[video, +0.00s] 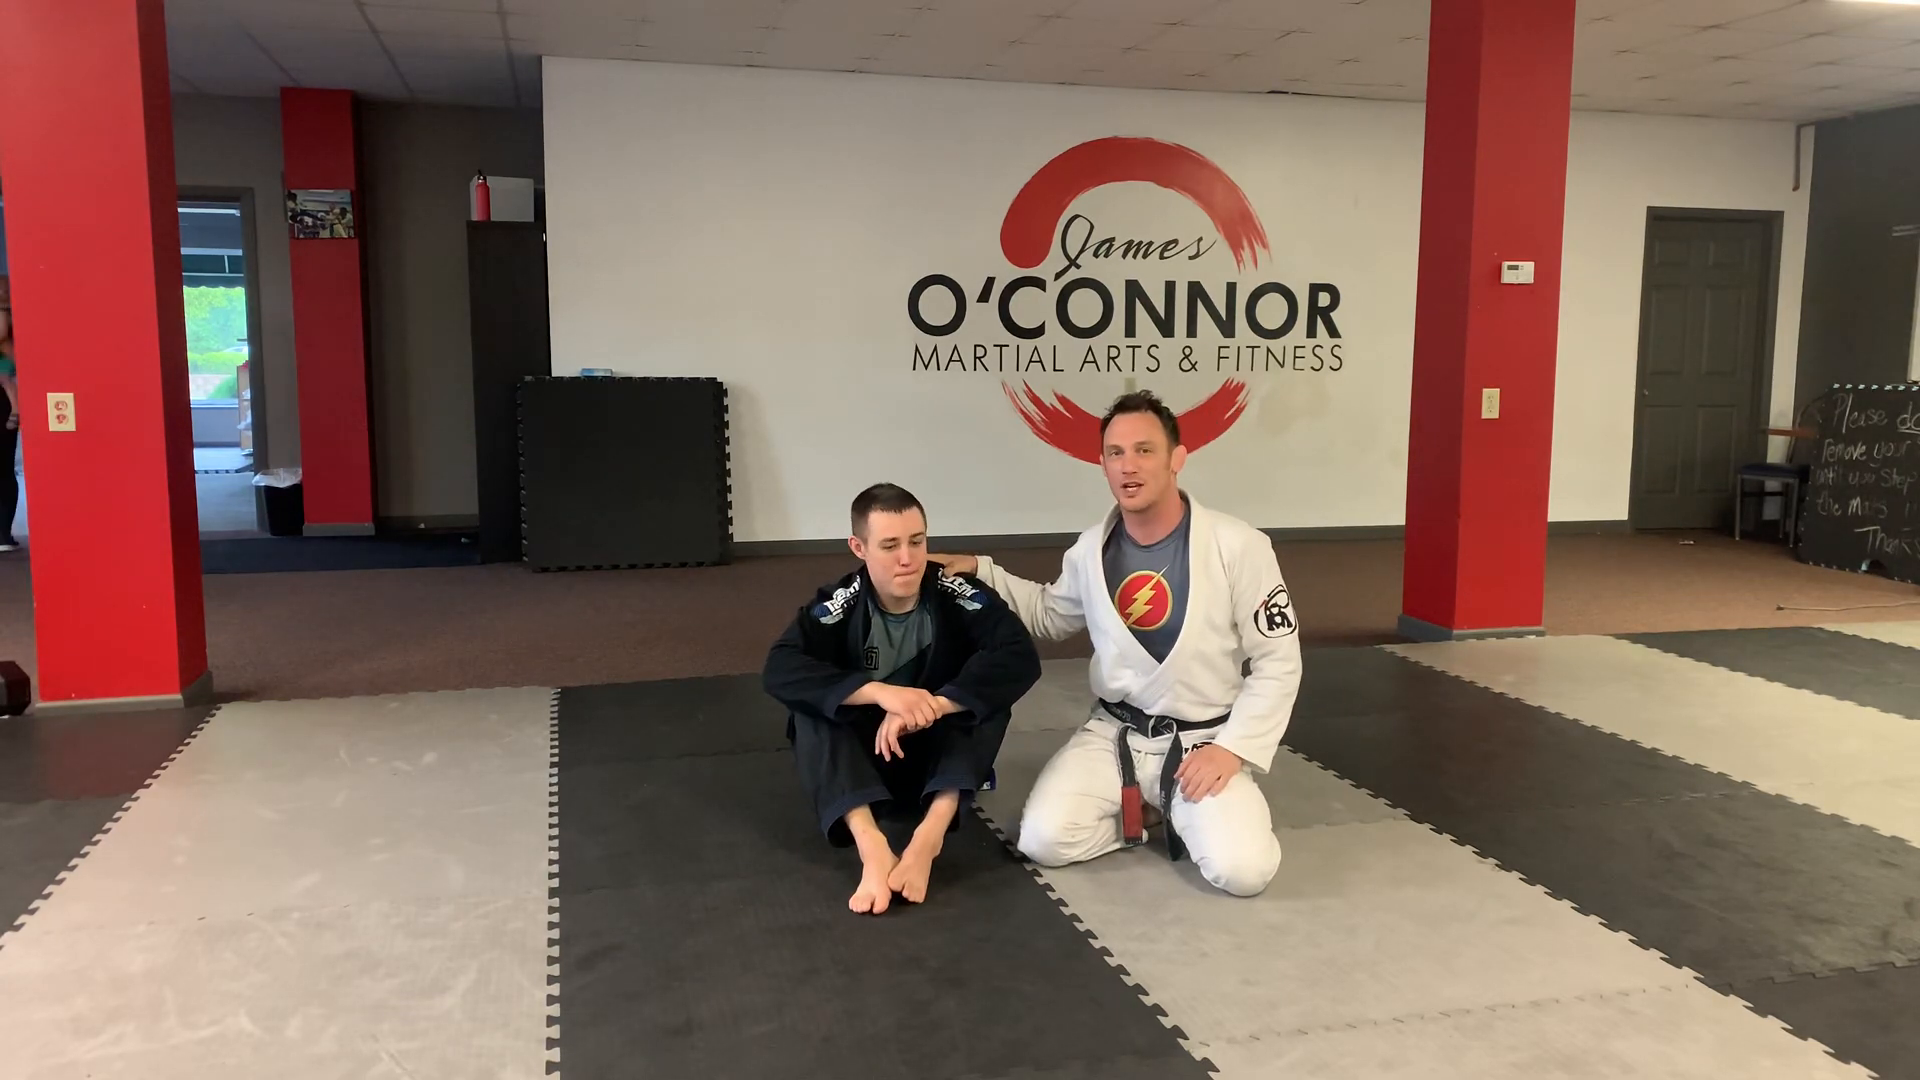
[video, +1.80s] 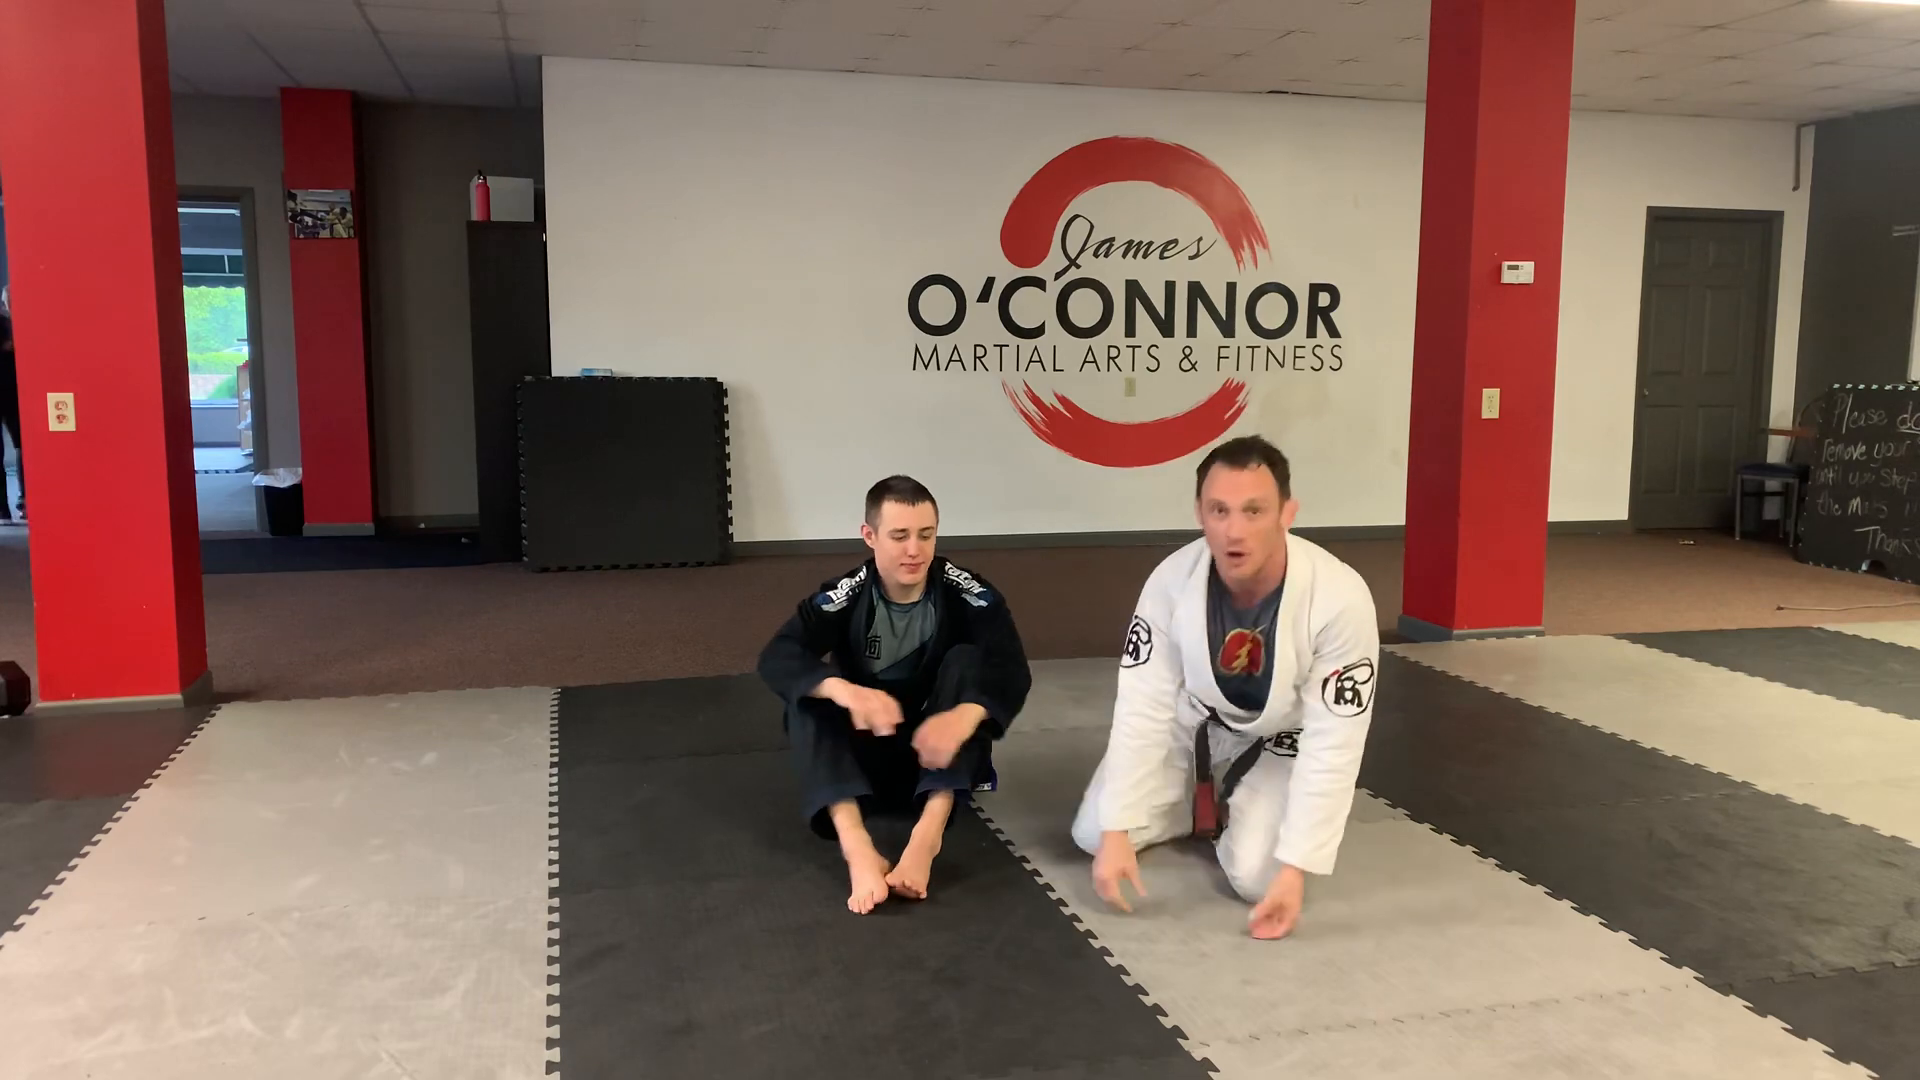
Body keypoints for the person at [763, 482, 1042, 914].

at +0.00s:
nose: (907, 558)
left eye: (916, 542)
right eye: (890, 546)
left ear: (926, 537)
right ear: (859, 548)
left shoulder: (958, 594)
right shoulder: (838, 603)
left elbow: (1020, 657)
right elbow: (781, 670)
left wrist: (928, 707)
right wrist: (881, 692)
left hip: (937, 754)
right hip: (859, 756)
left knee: (988, 699)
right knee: (811, 709)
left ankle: (930, 835)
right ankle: (871, 846)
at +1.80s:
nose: (914, 550)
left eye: (925, 535)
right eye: (900, 536)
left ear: (936, 532)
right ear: (870, 536)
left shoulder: (972, 596)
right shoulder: (843, 597)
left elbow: (1011, 671)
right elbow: (776, 658)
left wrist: (965, 717)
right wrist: (845, 692)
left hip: (937, 765)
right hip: (860, 760)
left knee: (969, 660)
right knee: (808, 698)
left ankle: (928, 836)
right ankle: (857, 848)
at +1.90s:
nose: (920, 548)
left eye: (932, 534)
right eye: (906, 534)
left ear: (943, 533)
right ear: (877, 533)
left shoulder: (979, 601)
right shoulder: (848, 592)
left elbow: (1020, 685)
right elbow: (766, 649)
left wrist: (1002, 733)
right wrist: (794, 685)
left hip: (936, 764)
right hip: (858, 760)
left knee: (967, 661)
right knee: (793, 677)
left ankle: (928, 832)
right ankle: (821, 841)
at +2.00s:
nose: (927, 549)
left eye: (939, 535)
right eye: (913, 534)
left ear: (951, 533)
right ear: (885, 531)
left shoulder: (983, 604)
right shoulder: (853, 591)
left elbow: (1023, 699)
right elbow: (764, 637)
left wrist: (1015, 766)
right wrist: (755, 670)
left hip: (944, 767)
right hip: (861, 764)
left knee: (958, 659)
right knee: (777, 671)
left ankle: (924, 831)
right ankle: (775, 840)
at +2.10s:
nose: (932, 552)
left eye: (945, 539)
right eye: (919, 537)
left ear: (958, 537)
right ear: (894, 532)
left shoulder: (986, 606)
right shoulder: (863, 586)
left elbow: (1023, 710)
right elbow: (785, 618)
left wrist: (1018, 794)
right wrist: (735, 651)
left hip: (945, 765)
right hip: (863, 758)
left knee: (946, 659)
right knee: (758, 669)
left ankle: (918, 831)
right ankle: (722, 830)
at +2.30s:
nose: (937, 561)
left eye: (952, 548)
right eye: (926, 545)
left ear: (968, 544)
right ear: (901, 534)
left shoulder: (994, 604)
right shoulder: (871, 580)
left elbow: (1022, 714)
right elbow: (794, 613)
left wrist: (1011, 808)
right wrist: (730, 642)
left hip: (943, 765)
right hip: (860, 750)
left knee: (961, 671)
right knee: (743, 668)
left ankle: (854, 822)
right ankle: (672, 817)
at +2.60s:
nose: (929, 584)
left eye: (943, 570)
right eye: (916, 569)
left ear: (962, 554)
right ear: (894, 552)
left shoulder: (997, 600)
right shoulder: (870, 588)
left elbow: (1023, 706)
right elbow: (792, 650)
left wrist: (1005, 799)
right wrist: (744, 720)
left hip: (941, 761)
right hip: (865, 742)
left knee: (951, 725)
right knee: (741, 676)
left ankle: (828, 808)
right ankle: (674, 821)